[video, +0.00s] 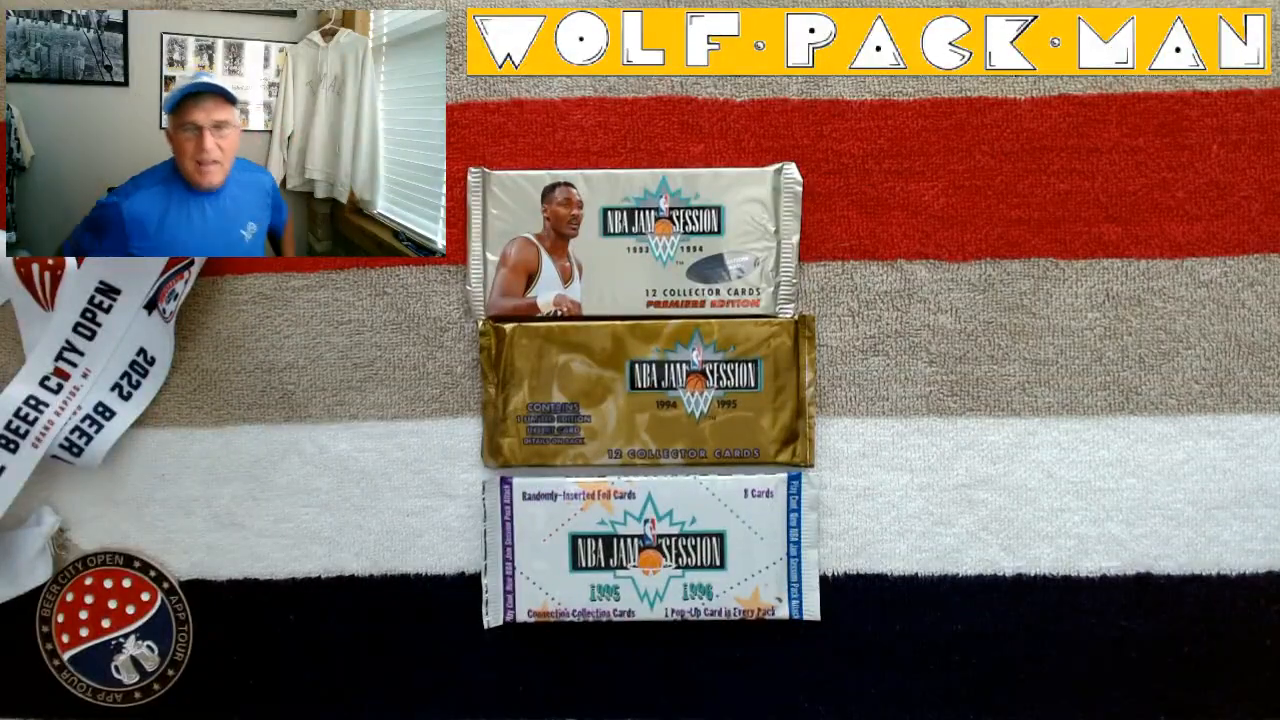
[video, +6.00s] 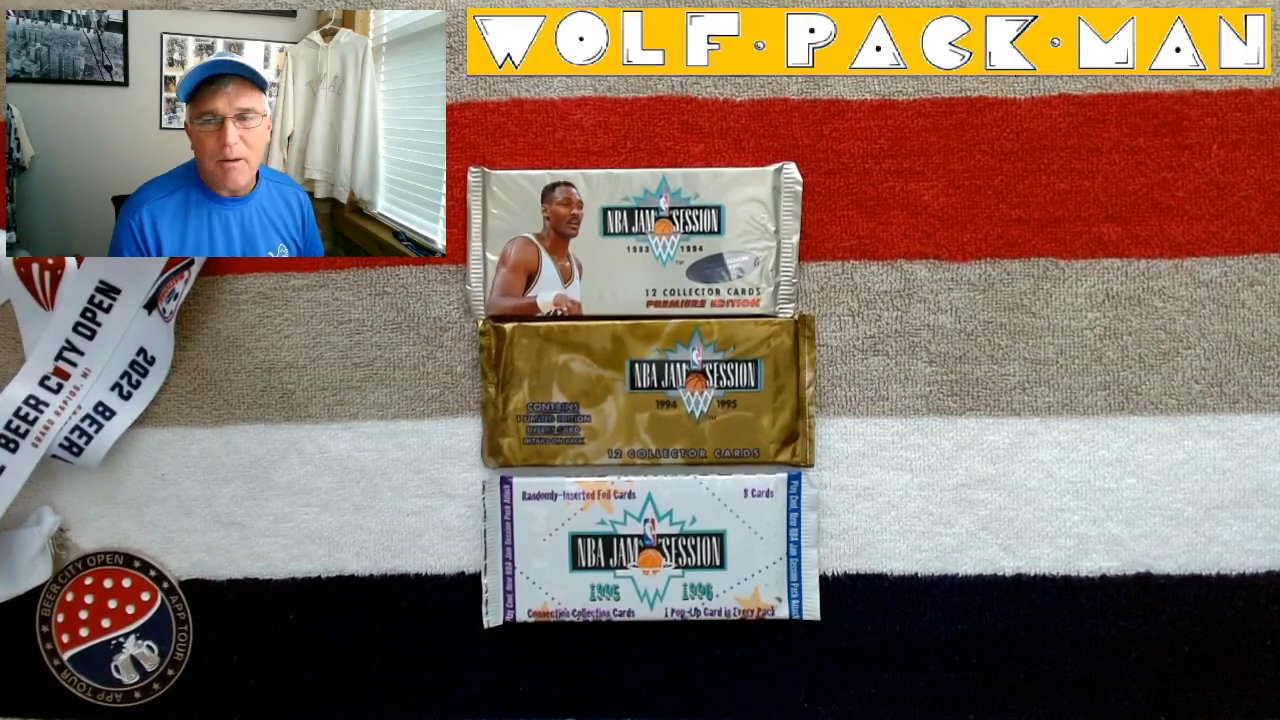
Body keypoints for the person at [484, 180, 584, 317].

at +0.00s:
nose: (576, 213)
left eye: (580, 207)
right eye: (566, 205)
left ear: (583, 211)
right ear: (545, 211)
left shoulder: (575, 265)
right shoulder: (520, 250)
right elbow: (495, 308)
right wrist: (550, 302)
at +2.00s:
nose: (576, 213)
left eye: (580, 207)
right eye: (566, 205)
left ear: (583, 211)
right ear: (545, 211)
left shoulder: (575, 265)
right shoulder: (520, 250)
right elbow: (495, 307)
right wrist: (550, 301)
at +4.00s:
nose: (576, 213)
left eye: (580, 206)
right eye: (566, 205)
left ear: (583, 211)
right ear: (545, 211)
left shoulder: (575, 265)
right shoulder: (521, 249)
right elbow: (495, 307)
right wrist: (550, 301)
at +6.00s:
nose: (576, 213)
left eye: (580, 206)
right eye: (566, 204)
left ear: (583, 211)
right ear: (546, 211)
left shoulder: (575, 266)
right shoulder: (521, 249)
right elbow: (495, 307)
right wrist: (551, 300)